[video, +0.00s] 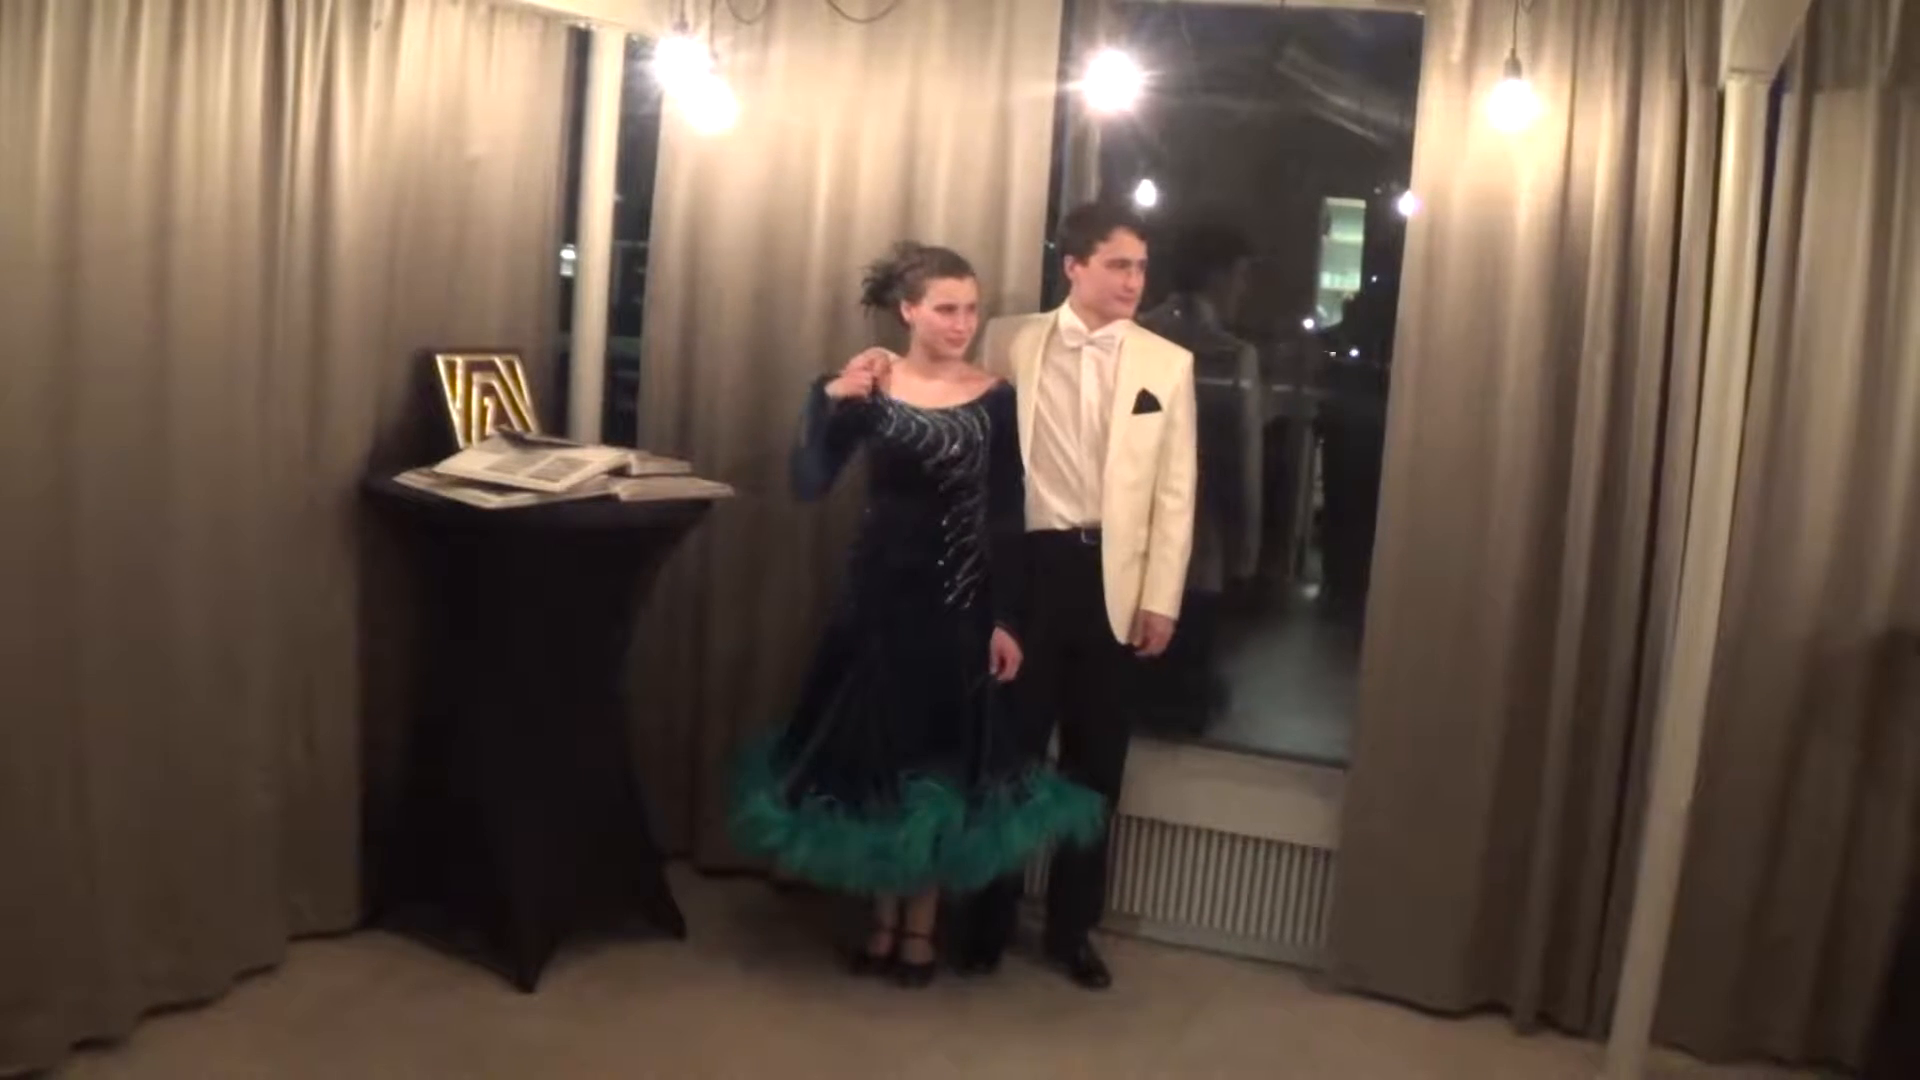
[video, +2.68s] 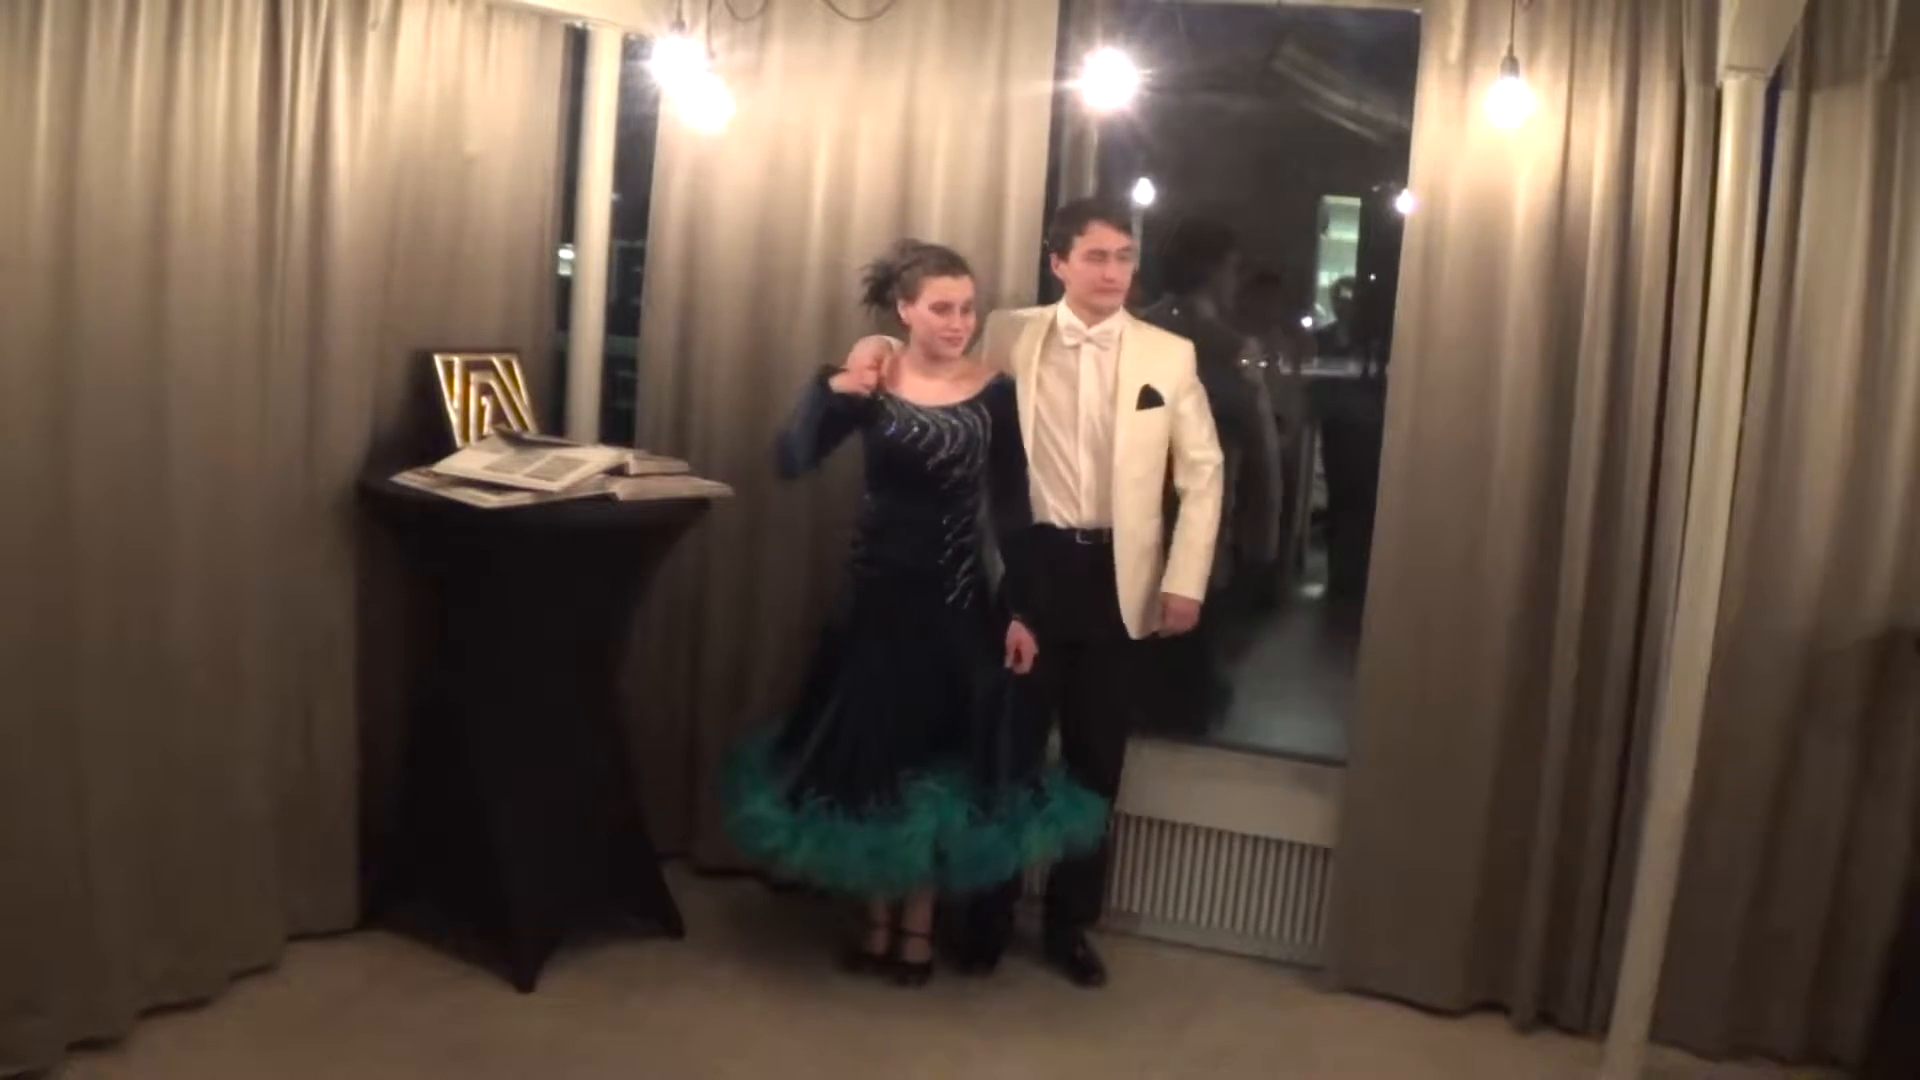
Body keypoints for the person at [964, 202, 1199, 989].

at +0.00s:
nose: (1133, 281)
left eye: (1141, 268)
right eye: (1118, 265)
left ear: (1147, 278)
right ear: (1072, 268)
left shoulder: (1169, 366)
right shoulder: (1011, 342)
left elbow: (1177, 492)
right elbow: (971, 456)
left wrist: (1163, 597)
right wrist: (965, 566)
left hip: (1112, 576)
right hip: (1021, 567)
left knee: (1097, 758)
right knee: (1008, 742)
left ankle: (1073, 928)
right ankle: (982, 922)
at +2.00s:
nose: (1125, 274)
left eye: (1134, 262)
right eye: (1110, 258)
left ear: (1142, 273)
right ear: (1065, 261)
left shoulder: (1164, 362)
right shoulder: (1008, 344)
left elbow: (1179, 485)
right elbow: (967, 457)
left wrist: (1170, 588)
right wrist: (962, 569)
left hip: (1115, 575)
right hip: (1021, 567)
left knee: (1095, 758)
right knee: (1007, 744)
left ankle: (1070, 928)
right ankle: (981, 923)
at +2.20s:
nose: (1124, 275)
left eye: (1133, 262)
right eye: (1109, 259)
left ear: (1141, 272)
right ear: (1064, 262)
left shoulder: (1163, 362)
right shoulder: (1007, 343)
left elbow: (1177, 485)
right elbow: (967, 457)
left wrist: (1169, 588)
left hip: (1114, 575)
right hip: (1020, 567)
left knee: (1094, 756)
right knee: (1005, 742)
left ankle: (1071, 926)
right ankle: (980, 921)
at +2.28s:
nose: (1124, 274)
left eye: (1133, 262)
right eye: (1109, 258)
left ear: (1140, 273)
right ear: (1064, 262)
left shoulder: (1162, 362)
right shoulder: (1007, 342)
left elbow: (1177, 485)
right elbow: (966, 453)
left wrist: (1169, 588)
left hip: (1114, 576)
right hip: (1020, 567)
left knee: (1094, 756)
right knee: (1006, 742)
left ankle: (1071, 926)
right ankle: (980, 920)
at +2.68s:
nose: (1112, 271)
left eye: (1123, 257)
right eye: (1097, 257)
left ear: (1135, 266)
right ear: (1059, 263)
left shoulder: (1167, 355)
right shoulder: (1009, 333)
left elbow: (1202, 475)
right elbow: (941, 375)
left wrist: (1185, 580)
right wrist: (879, 358)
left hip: (1116, 572)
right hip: (1023, 561)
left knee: (1097, 754)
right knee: (1009, 739)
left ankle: (1070, 926)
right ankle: (984, 922)